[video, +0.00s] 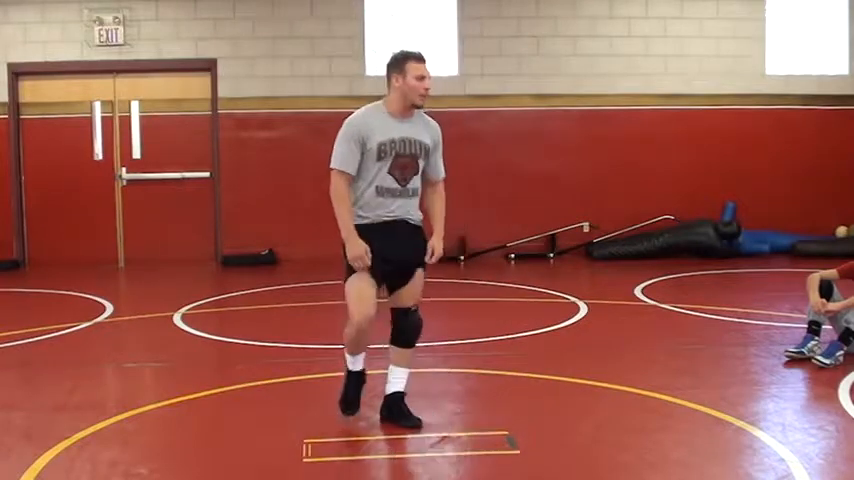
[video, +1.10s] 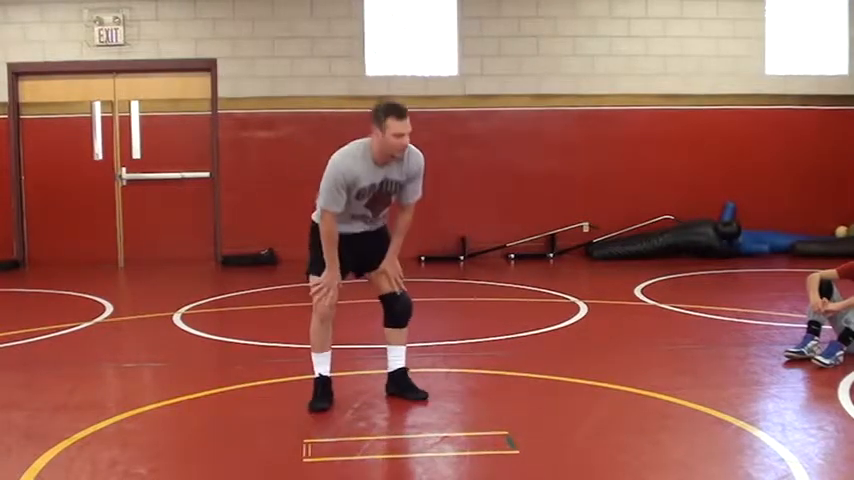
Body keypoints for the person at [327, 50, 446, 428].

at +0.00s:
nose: (427, 85)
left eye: (428, 79)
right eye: (420, 79)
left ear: (421, 83)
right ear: (395, 81)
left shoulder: (430, 129)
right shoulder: (360, 123)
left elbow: (434, 185)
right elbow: (339, 182)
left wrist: (437, 233)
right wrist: (350, 239)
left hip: (408, 228)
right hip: (364, 228)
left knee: (408, 321)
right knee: (362, 317)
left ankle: (394, 400)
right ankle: (354, 373)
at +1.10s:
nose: (405, 142)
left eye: (407, 134)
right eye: (397, 135)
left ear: (410, 133)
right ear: (376, 134)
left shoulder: (413, 161)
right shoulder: (343, 163)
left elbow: (407, 210)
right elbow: (327, 218)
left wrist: (393, 255)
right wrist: (332, 268)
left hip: (372, 231)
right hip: (331, 231)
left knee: (398, 304)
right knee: (324, 306)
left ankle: (397, 377)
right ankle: (322, 383)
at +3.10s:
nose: (407, 101)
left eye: (414, 93)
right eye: (400, 93)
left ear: (424, 91)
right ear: (389, 89)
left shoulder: (439, 131)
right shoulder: (364, 125)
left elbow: (448, 183)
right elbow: (344, 175)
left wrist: (445, 228)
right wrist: (341, 224)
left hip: (411, 228)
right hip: (368, 226)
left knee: (409, 310)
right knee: (362, 306)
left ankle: (398, 378)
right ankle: (356, 386)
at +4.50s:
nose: (379, 75)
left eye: (384, 68)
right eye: (370, 68)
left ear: (391, 74)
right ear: (353, 74)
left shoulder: (411, 126)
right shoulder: (325, 122)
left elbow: (429, 185)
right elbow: (302, 180)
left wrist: (446, 240)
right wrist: (284, 236)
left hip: (389, 239)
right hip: (340, 240)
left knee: (387, 339)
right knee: (342, 342)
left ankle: (372, 423)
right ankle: (366, 390)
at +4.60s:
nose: (379, 78)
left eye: (385, 70)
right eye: (370, 70)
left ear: (394, 77)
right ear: (354, 76)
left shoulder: (412, 129)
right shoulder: (326, 123)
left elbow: (430, 190)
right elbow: (300, 180)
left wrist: (441, 246)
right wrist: (275, 235)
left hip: (389, 244)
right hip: (337, 243)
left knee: (388, 342)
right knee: (328, 346)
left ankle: (372, 426)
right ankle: (360, 385)